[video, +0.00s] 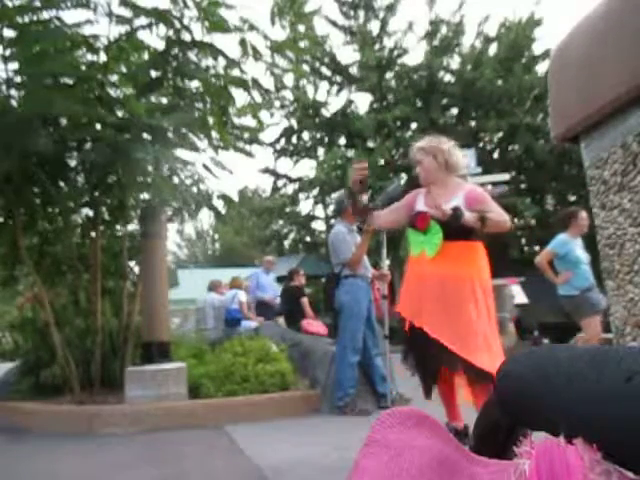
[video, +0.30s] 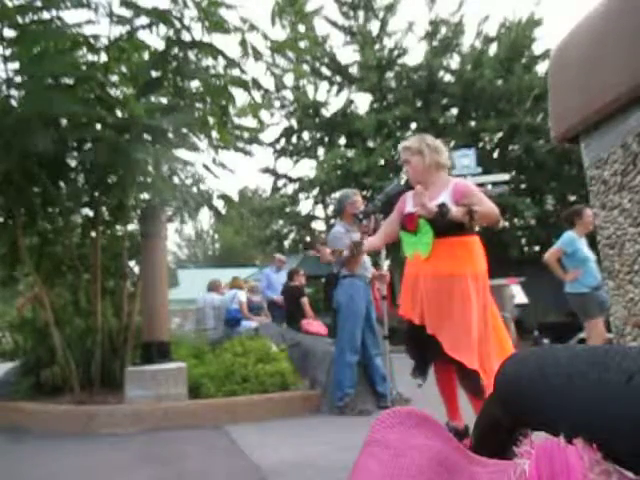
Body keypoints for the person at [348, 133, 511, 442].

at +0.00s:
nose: (417, 170)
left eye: (421, 163)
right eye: (416, 164)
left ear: (440, 161)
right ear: (425, 166)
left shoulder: (470, 193)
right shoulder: (416, 199)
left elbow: (503, 222)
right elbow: (376, 221)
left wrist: (466, 218)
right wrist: (358, 196)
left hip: (466, 290)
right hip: (427, 290)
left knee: (476, 358)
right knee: (440, 359)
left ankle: (490, 424)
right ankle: (455, 424)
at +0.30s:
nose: (404, 168)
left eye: (409, 161)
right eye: (403, 163)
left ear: (430, 159)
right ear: (410, 166)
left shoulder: (460, 188)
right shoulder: (407, 200)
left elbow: (493, 216)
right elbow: (382, 236)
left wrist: (460, 213)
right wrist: (361, 245)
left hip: (462, 284)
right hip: (426, 285)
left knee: (465, 357)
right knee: (440, 356)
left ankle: (489, 424)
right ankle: (455, 421)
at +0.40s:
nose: (400, 167)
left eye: (404, 159)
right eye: (399, 161)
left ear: (424, 158)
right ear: (411, 164)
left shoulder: (455, 186)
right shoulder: (405, 201)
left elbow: (490, 211)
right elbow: (389, 238)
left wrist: (457, 211)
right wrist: (370, 259)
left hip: (461, 282)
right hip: (423, 286)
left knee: (465, 360)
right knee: (433, 358)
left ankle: (490, 423)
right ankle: (454, 421)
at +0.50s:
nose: (391, 168)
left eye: (394, 160)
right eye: (389, 162)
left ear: (416, 158)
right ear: (398, 165)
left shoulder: (446, 185)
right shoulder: (399, 201)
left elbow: (483, 212)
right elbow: (393, 246)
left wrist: (439, 215)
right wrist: (381, 273)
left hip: (458, 287)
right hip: (419, 292)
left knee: (466, 366)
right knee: (417, 360)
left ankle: (491, 425)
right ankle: (448, 421)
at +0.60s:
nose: (376, 172)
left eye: (380, 164)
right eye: (375, 165)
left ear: (399, 160)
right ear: (396, 164)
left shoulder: (431, 186)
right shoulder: (387, 202)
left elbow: (467, 211)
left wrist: (436, 218)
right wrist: (371, 226)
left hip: (449, 288)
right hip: (409, 294)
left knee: (467, 362)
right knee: (401, 360)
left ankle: (492, 430)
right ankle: (415, 432)